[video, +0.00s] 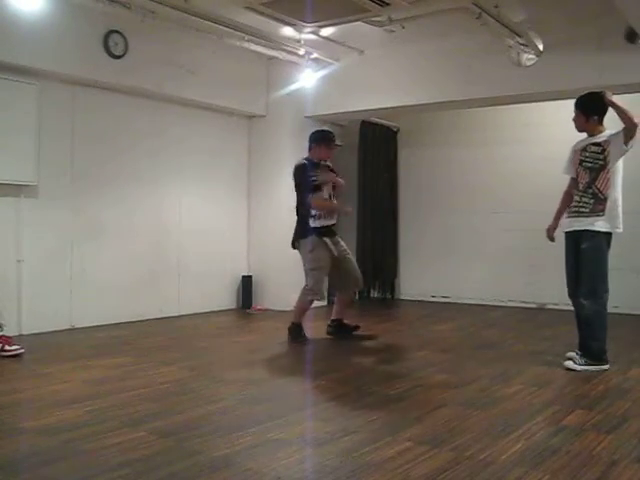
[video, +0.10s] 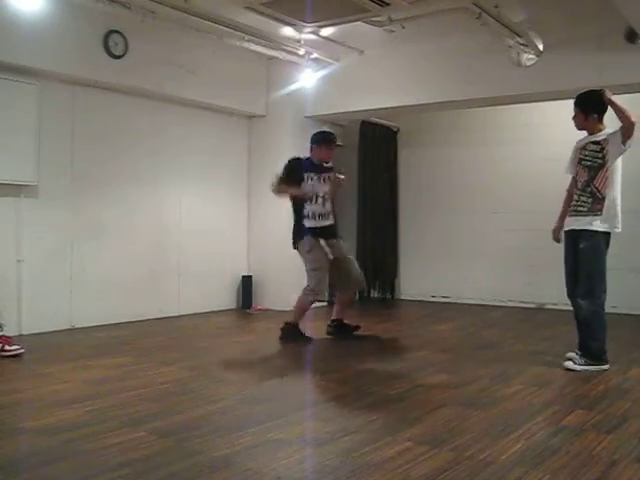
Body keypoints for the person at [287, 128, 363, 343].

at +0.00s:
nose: (332, 153)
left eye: (333, 149)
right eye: (329, 148)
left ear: (323, 149)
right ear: (316, 147)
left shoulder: (326, 168)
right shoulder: (303, 169)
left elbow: (341, 190)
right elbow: (309, 201)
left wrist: (333, 179)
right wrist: (336, 207)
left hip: (330, 233)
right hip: (310, 235)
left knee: (352, 278)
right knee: (315, 286)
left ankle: (337, 322)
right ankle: (295, 325)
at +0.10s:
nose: (332, 153)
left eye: (333, 149)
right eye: (329, 148)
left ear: (329, 150)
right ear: (316, 148)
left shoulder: (329, 170)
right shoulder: (297, 165)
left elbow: (330, 192)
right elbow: (278, 188)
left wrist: (338, 184)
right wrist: (301, 192)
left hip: (329, 234)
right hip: (307, 235)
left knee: (352, 278)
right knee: (317, 284)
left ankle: (337, 323)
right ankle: (291, 326)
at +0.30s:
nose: (315, 165)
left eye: (320, 161)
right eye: (312, 160)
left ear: (324, 162)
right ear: (304, 158)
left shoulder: (331, 186)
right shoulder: (288, 185)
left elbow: (353, 206)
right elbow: (284, 214)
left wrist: (336, 223)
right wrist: (285, 237)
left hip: (328, 245)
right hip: (300, 245)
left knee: (345, 280)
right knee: (288, 283)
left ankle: (336, 323)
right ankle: (284, 326)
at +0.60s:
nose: (327, 142)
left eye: (330, 137)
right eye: (323, 137)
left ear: (336, 138)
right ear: (316, 138)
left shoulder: (345, 163)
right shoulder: (305, 161)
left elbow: (351, 194)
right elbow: (295, 187)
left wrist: (347, 220)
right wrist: (287, 210)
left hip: (336, 228)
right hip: (307, 228)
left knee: (351, 272)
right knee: (295, 269)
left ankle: (346, 319)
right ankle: (293, 315)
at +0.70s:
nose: (330, 137)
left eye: (333, 132)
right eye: (326, 132)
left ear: (338, 133)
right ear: (318, 133)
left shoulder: (348, 158)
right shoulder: (308, 153)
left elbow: (361, 185)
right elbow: (298, 173)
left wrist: (359, 202)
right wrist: (283, 191)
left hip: (336, 222)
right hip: (308, 221)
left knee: (349, 270)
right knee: (297, 263)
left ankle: (347, 318)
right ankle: (308, 299)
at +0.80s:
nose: (331, 136)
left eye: (334, 132)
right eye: (327, 132)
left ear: (338, 133)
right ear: (319, 132)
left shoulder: (346, 155)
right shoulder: (310, 150)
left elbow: (366, 167)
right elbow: (294, 161)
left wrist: (362, 170)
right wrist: (282, 169)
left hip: (335, 223)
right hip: (309, 221)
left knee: (344, 272)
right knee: (302, 265)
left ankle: (350, 319)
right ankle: (310, 294)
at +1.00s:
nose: (321, 150)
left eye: (325, 146)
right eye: (318, 146)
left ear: (330, 147)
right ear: (310, 146)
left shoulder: (338, 168)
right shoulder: (300, 170)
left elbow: (357, 180)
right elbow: (303, 195)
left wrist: (341, 177)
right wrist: (326, 206)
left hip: (337, 234)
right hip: (309, 235)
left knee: (346, 278)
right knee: (291, 276)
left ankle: (351, 320)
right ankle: (283, 308)